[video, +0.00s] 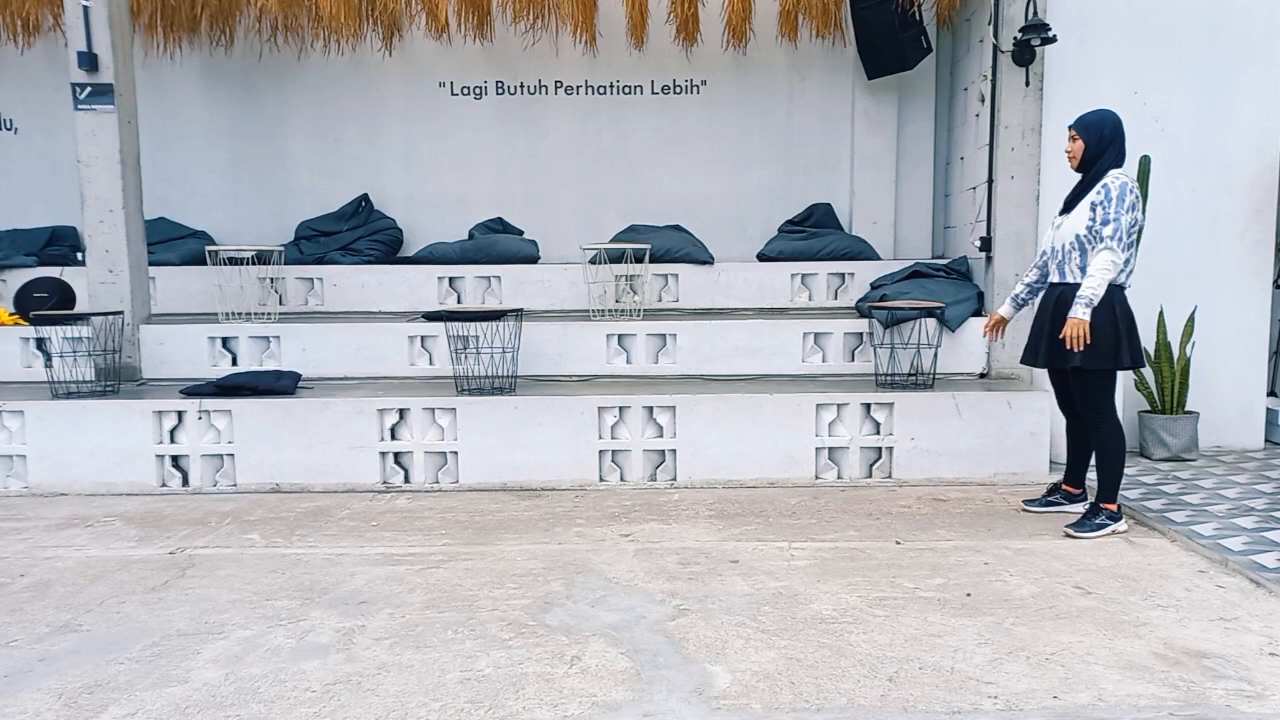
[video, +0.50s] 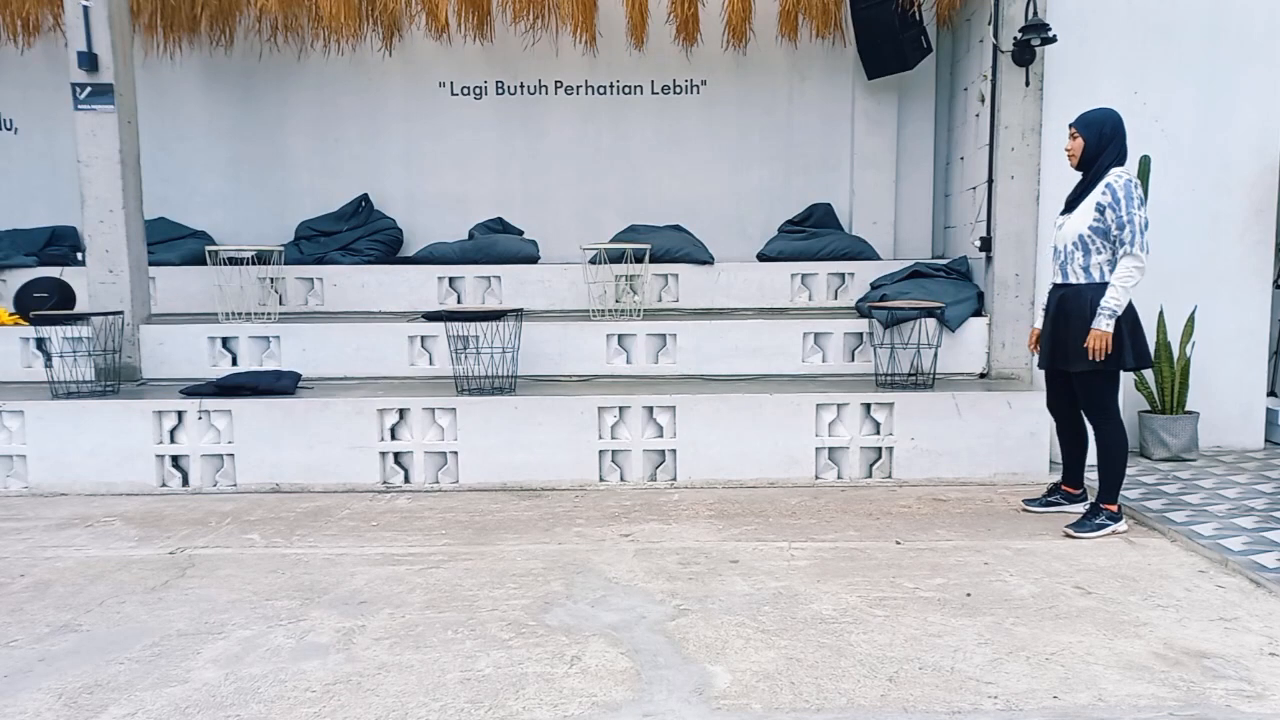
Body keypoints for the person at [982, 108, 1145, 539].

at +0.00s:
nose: (1068, 147)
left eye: (1075, 139)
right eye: (1069, 139)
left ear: (1099, 142)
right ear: (1092, 143)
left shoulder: (1118, 186)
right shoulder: (1080, 193)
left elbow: (1112, 253)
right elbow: (1045, 261)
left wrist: (1082, 307)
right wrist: (1008, 308)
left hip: (1095, 306)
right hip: (1060, 305)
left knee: (1099, 408)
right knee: (1072, 405)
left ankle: (1108, 507)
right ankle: (1071, 488)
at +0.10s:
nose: (1069, 147)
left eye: (1076, 138)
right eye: (1070, 139)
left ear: (1100, 141)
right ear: (1089, 143)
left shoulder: (1122, 187)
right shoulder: (1083, 191)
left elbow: (1113, 259)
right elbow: (1053, 261)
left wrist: (1065, 306)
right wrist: (1022, 309)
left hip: (1096, 310)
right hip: (1062, 310)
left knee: (1101, 409)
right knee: (1072, 407)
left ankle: (1109, 507)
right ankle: (1072, 489)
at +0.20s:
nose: (1071, 147)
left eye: (1077, 139)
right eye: (1071, 139)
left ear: (1101, 141)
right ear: (1087, 144)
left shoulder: (1123, 187)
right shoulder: (1081, 192)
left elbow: (1120, 261)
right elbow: (1057, 263)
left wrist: (1064, 307)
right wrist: (1037, 310)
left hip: (1097, 311)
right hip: (1063, 311)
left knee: (1102, 410)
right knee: (1073, 407)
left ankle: (1109, 507)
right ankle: (1072, 488)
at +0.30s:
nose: (1071, 146)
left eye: (1077, 138)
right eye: (1071, 138)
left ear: (1100, 140)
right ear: (1087, 143)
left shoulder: (1122, 185)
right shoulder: (1082, 192)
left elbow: (1125, 263)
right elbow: (1061, 262)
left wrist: (1080, 311)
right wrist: (1042, 311)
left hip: (1097, 310)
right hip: (1063, 309)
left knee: (1102, 409)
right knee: (1072, 407)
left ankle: (1109, 507)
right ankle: (1072, 488)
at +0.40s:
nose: (1069, 145)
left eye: (1076, 138)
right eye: (1070, 138)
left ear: (1099, 140)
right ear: (1088, 143)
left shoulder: (1122, 186)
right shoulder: (1081, 192)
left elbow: (1130, 262)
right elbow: (1064, 265)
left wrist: (1091, 315)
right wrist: (1042, 315)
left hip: (1096, 311)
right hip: (1062, 310)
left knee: (1102, 410)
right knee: (1070, 407)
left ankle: (1109, 507)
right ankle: (1072, 488)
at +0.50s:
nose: (1067, 145)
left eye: (1074, 137)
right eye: (1068, 137)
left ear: (1097, 140)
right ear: (1088, 142)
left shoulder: (1120, 184)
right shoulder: (1082, 191)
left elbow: (1134, 259)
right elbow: (1064, 268)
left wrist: (1105, 319)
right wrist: (1043, 319)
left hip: (1094, 310)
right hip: (1061, 310)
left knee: (1101, 408)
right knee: (1062, 403)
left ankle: (1109, 507)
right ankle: (1071, 488)